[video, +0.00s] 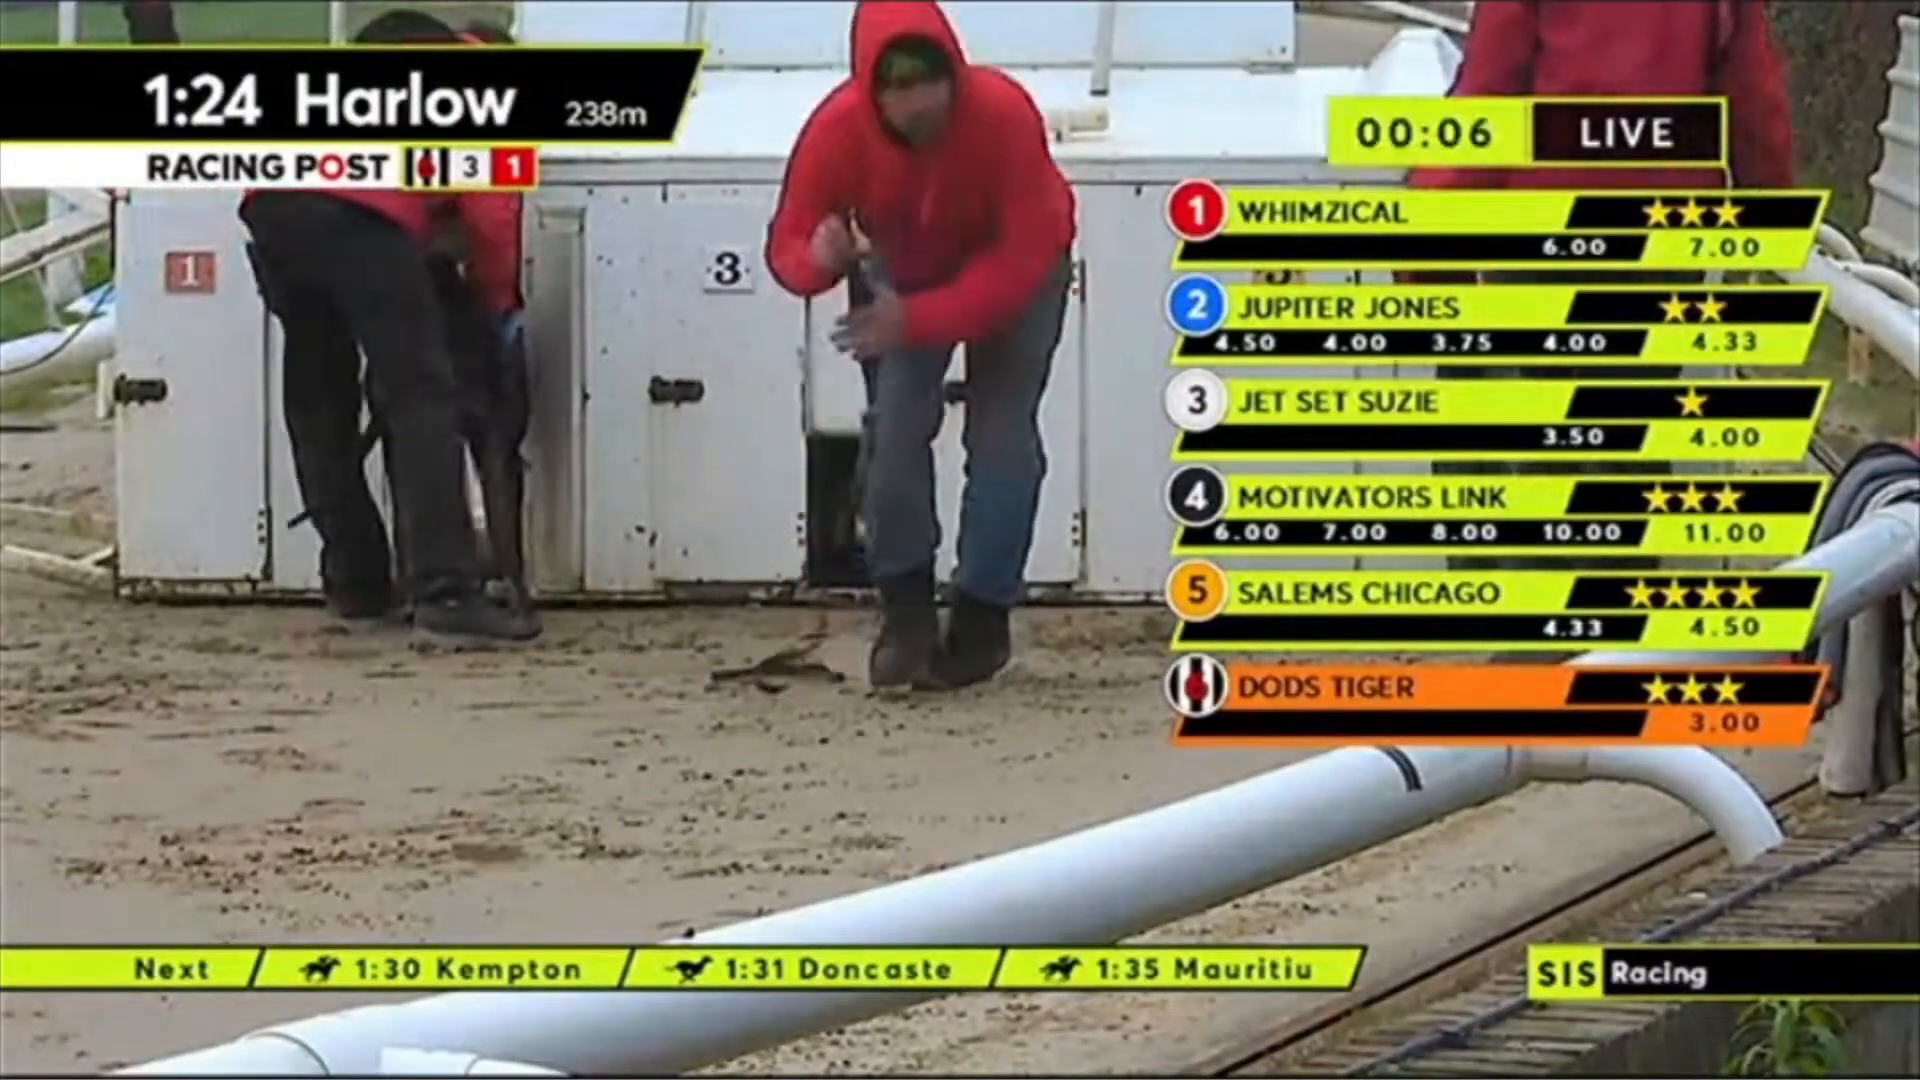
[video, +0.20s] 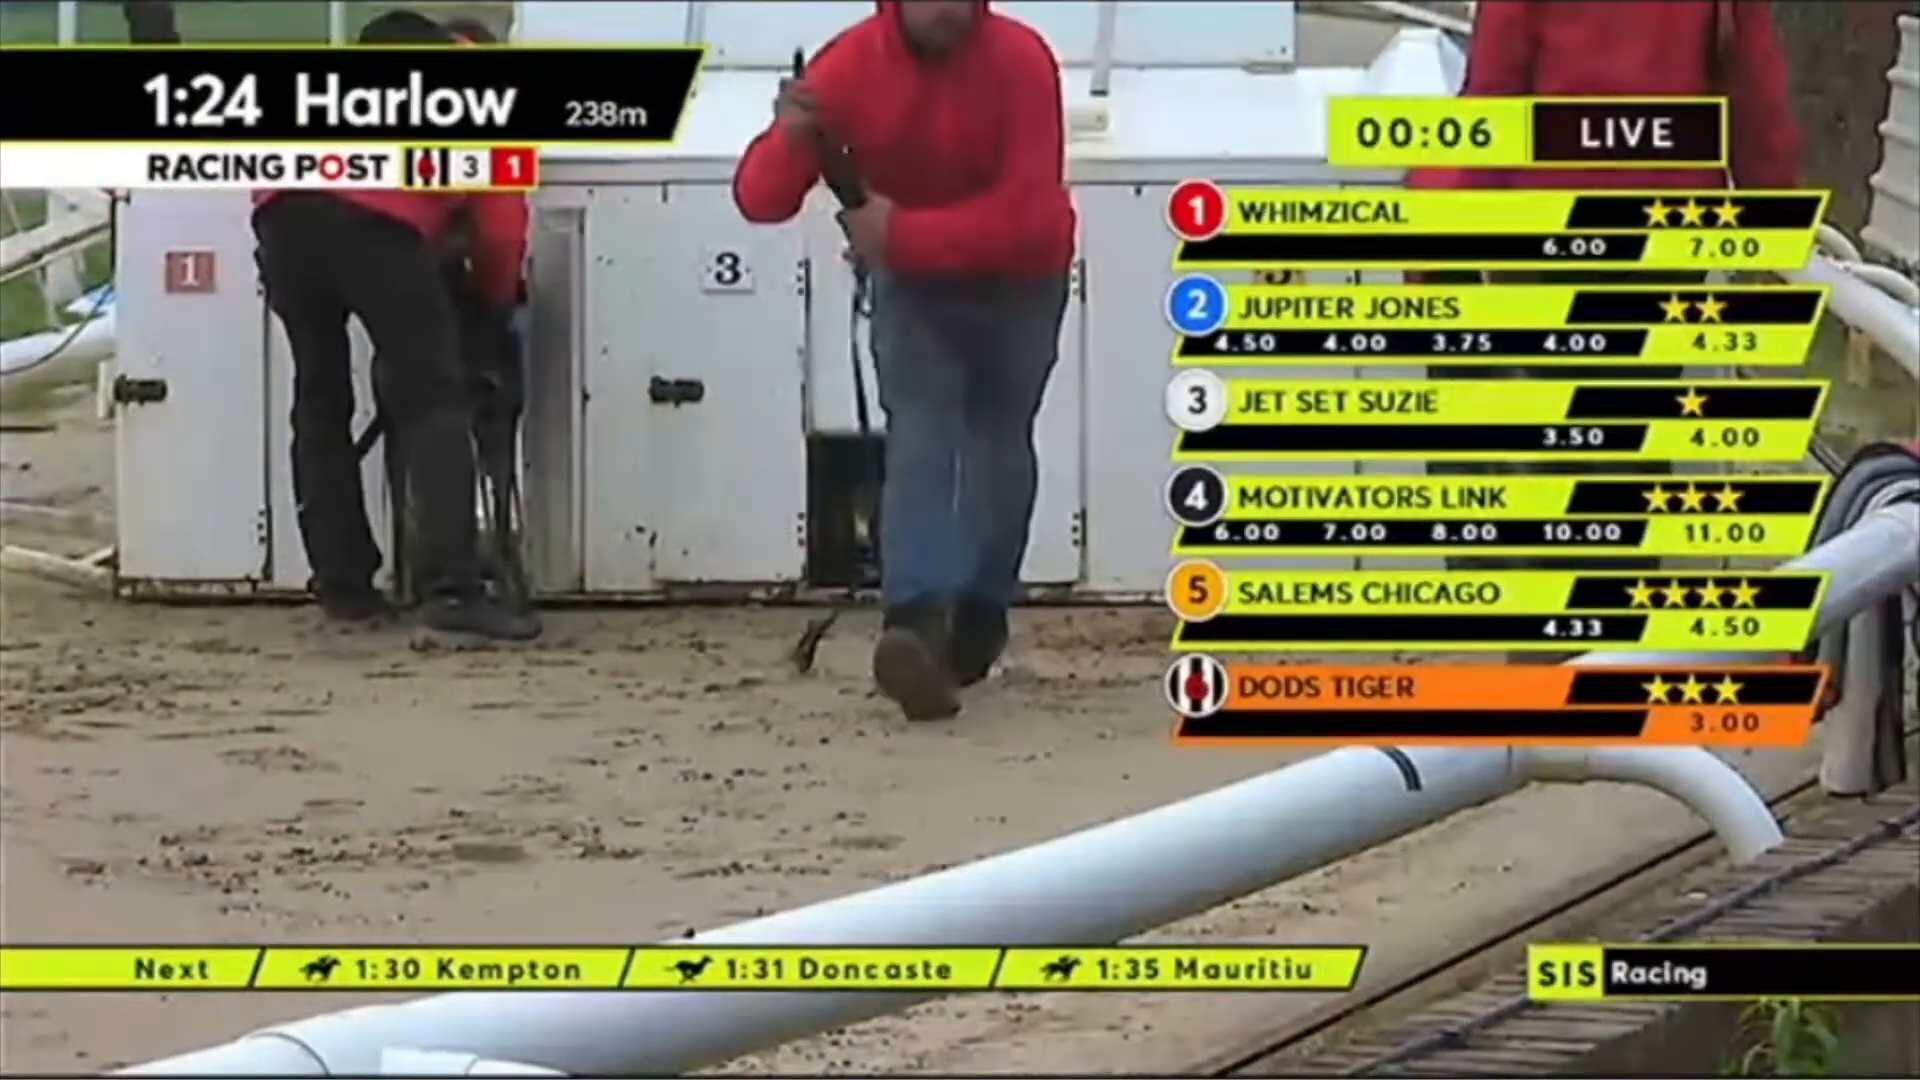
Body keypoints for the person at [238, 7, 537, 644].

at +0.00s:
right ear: (490, 51)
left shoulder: (359, 68)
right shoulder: (494, 82)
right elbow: (489, 208)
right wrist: (500, 306)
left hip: (274, 206)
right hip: (367, 216)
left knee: (317, 391)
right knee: (418, 394)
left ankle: (355, 579)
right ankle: (446, 590)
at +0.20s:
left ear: (415, 44)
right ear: (476, 49)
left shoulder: (349, 81)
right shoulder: (495, 101)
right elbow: (503, 226)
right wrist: (494, 306)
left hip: (284, 219)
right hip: (380, 228)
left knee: (319, 397)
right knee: (431, 400)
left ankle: (341, 586)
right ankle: (454, 588)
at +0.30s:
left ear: (370, 45)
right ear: (464, 43)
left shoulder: (327, 82)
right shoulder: (483, 89)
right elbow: (506, 217)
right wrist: (502, 301)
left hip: (283, 218)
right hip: (385, 220)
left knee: (322, 394)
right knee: (462, 382)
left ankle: (342, 587)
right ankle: (469, 556)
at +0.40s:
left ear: (385, 39)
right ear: (471, 39)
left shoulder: (332, 76)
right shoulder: (488, 88)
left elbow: (268, 162)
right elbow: (509, 215)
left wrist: (279, 228)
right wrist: (510, 302)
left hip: (294, 221)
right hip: (397, 228)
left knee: (327, 390)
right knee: (470, 382)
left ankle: (340, 584)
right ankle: (495, 570)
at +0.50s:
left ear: (395, 44)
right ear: (471, 48)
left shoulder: (343, 78)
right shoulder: (495, 105)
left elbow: (279, 170)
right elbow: (518, 260)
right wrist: (499, 318)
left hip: (302, 215)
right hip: (407, 229)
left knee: (327, 399)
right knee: (464, 390)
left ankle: (338, 590)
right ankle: (507, 589)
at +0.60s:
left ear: (400, 62)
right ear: (475, 81)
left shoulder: (354, 115)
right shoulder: (500, 144)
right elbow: (521, 281)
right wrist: (486, 328)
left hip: (315, 223)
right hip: (411, 234)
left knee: (338, 403)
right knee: (483, 405)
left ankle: (339, 590)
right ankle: (510, 589)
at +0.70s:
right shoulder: (503, 157)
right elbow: (530, 274)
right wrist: (491, 323)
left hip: (330, 227)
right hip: (434, 232)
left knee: (351, 395)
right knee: (491, 405)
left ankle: (344, 589)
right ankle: (515, 590)